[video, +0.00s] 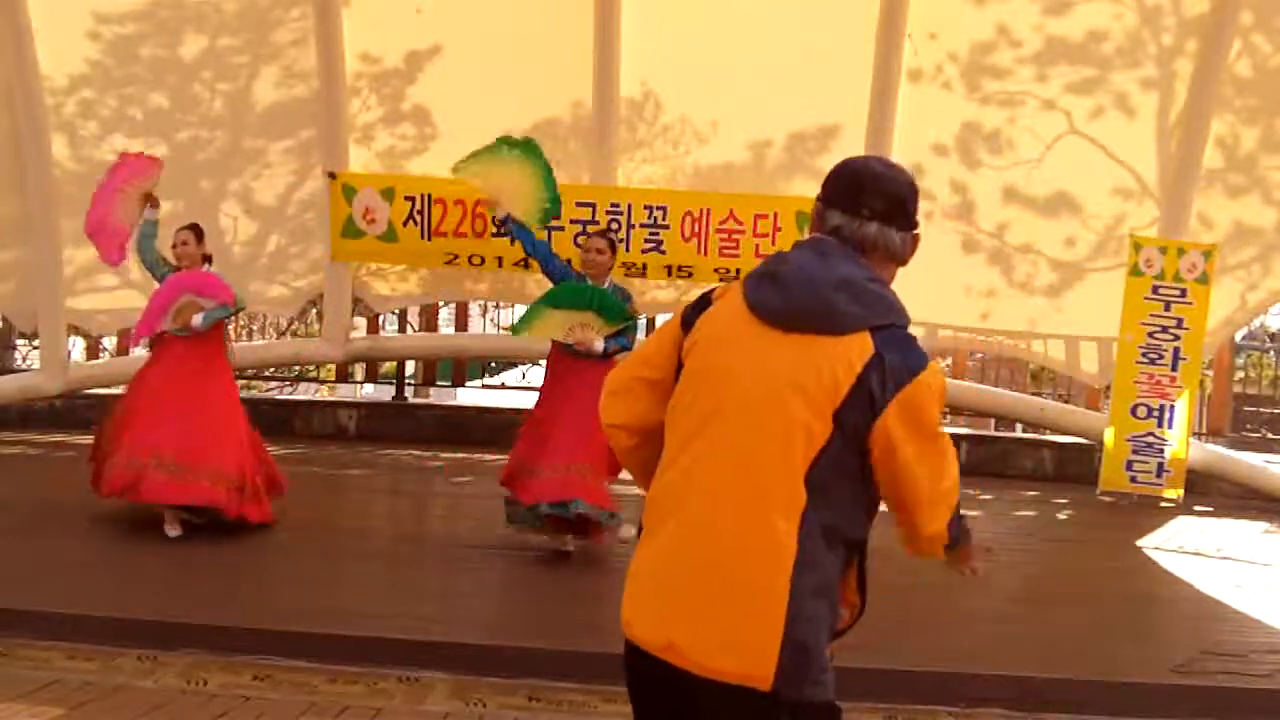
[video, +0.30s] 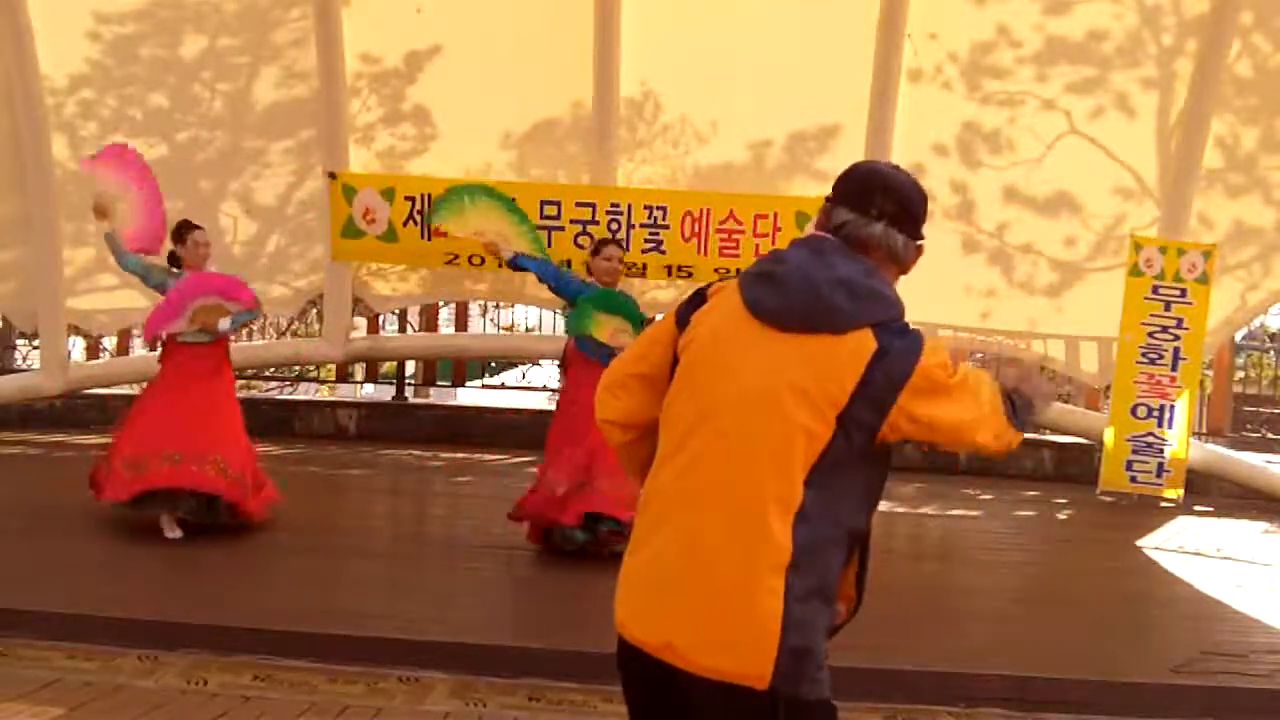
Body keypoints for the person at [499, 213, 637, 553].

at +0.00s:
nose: (592, 257)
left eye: (600, 252)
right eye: (587, 250)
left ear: (612, 259)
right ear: (581, 254)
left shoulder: (620, 297)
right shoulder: (568, 279)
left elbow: (628, 339)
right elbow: (539, 252)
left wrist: (601, 346)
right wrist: (504, 217)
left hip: (598, 371)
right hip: (563, 367)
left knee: (590, 435)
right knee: (558, 432)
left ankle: (584, 509)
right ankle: (555, 510)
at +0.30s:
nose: (613, 265)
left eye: (618, 261)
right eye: (607, 259)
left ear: (623, 266)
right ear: (592, 261)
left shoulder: (629, 306)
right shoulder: (582, 292)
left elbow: (649, 339)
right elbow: (549, 273)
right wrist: (510, 257)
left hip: (617, 383)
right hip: (582, 379)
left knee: (611, 445)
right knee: (577, 442)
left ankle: (608, 518)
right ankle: (567, 519)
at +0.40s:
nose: (627, 267)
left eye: (628, 261)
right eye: (619, 260)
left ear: (628, 267)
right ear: (599, 262)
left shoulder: (633, 301)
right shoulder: (593, 292)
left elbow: (652, 339)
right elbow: (567, 276)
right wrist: (536, 263)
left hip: (624, 382)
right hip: (593, 380)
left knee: (616, 448)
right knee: (587, 447)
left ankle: (610, 526)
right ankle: (574, 525)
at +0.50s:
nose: (633, 266)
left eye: (632, 260)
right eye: (627, 260)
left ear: (614, 262)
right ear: (607, 262)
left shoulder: (624, 300)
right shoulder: (603, 289)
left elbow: (635, 340)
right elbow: (594, 278)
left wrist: (644, 319)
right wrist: (578, 268)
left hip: (621, 386)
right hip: (599, 387)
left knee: (613, 452)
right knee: (595, 453)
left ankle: (608, 527)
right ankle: (589, 528)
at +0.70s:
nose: (625, 268)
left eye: (622, 262)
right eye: (621, 262)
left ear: (591, 266)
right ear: (611, 263)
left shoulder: (580, 299)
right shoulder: (614, 291)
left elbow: (572, 328)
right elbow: (650, 285)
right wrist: (692, 275)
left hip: (576, 380)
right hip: (604, 382)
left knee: (573, 452)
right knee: (599, 452)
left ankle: (559, 522)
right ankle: (597, 528)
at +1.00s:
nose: (573, 264)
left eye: (578, 260)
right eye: (575, 259)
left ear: (593, 263)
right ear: (606, 263)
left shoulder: (588, 296)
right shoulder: (617, 289)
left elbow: (571, 341)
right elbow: (638, 276)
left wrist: (553, 346)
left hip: (599, 376)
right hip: (626, 372)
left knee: (590, 447)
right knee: (615, 445)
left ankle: (592, 526)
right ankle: (616, 525)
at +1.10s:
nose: (581, 267)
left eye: (587, 262)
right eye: (582, 261)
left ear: (605, 267)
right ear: (593, 264)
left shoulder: (612, 296)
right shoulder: (589, 291)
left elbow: (597, 340)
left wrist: (554, 349)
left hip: (612, 378)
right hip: (591, 375)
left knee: (594, 447)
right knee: (585, 446)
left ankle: (597, 527)